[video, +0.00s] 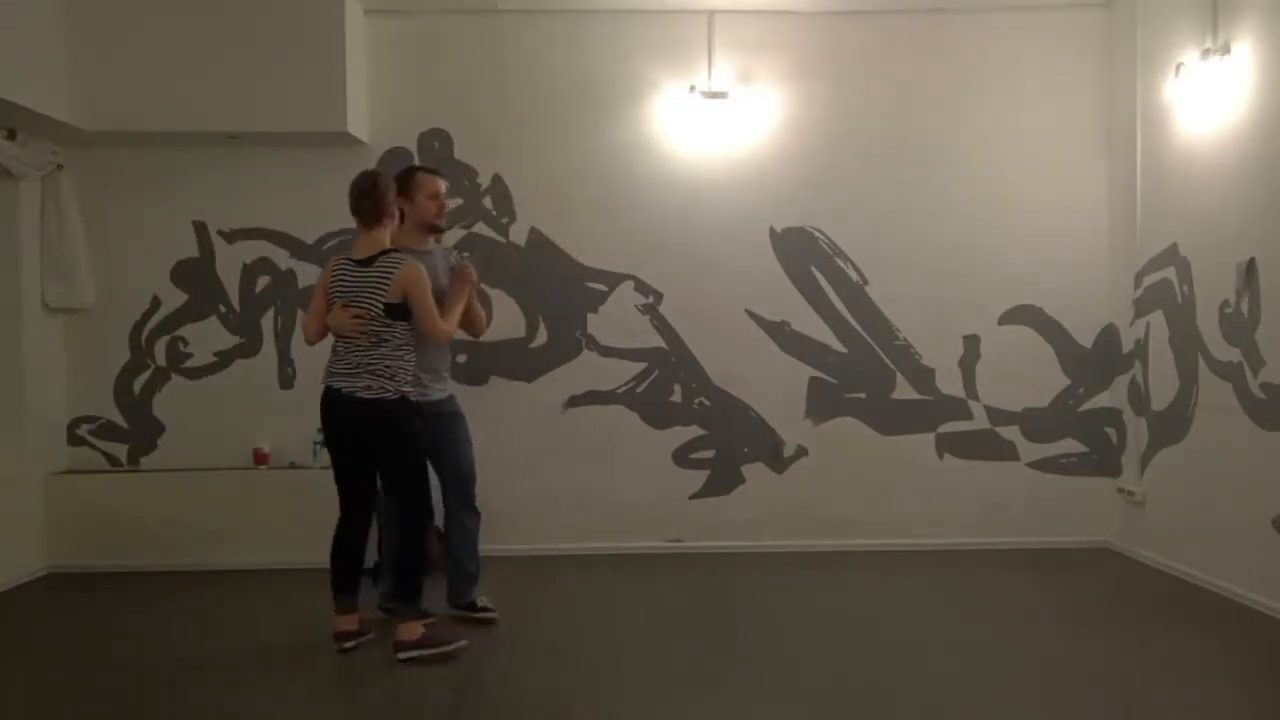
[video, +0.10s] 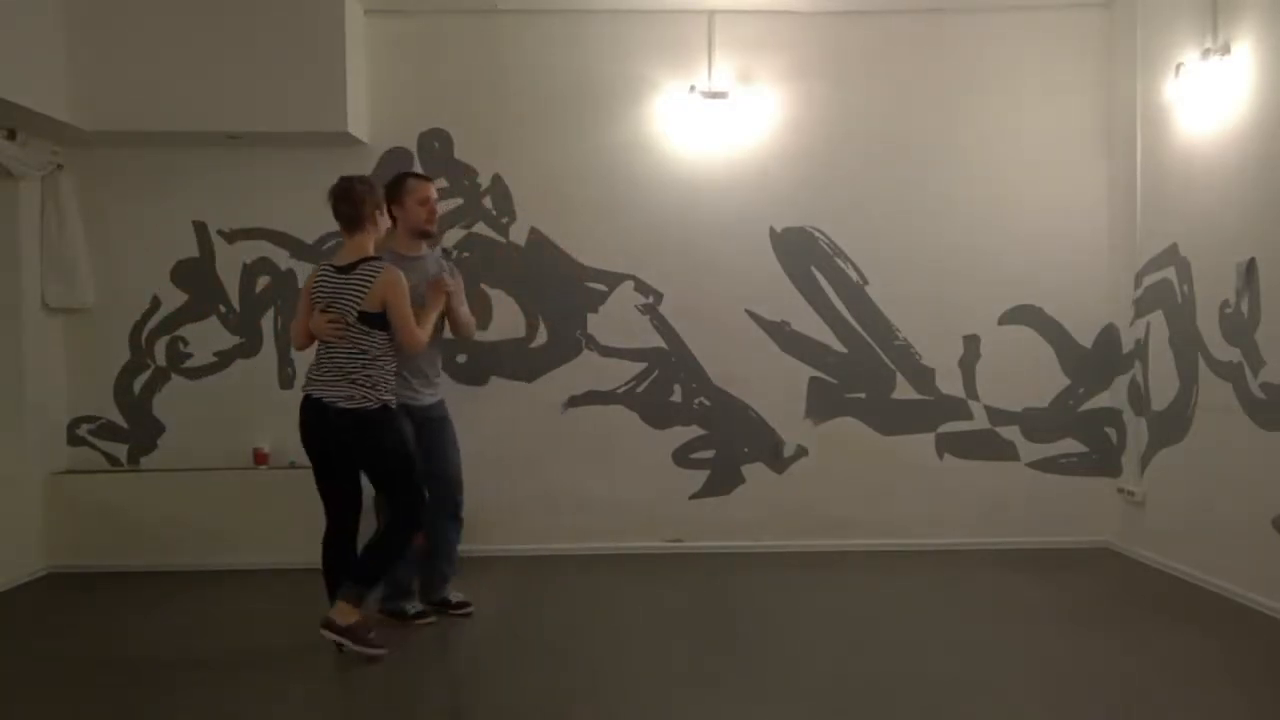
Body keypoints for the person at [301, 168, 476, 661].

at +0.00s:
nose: (404, 209)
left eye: (400, 201)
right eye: (402, 202)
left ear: (353, 213)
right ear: (393, 209)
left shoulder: (336, 267)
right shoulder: (408, 270)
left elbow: (313, 332)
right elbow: (439, 332)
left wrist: (339, 307)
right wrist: (461, 294)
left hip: (340, 403)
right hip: (391, 404)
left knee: (354, 508)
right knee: (412, 508)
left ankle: (345, 617)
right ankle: (409, 625)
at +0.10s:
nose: (391, 219)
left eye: (387, 210)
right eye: (388, 211)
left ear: (339, 220)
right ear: (379, 217)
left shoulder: (319, 275)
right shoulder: (387, 277)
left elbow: (300, 339)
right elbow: (413, 343)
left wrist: (324, 317)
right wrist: (433, 308)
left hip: (319, 411)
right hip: (370, 412)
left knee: (340, 514)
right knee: (408, 509)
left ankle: (344, 622)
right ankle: (347, 608)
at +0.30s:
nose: (365, 218)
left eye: (363, 210)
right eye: (363, 211)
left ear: (316, 215)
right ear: (353, 215)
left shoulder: (297, 273)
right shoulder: (361, 276)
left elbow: (282, 336)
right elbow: (391, 338)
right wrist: (411, 303)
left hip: (296, 409)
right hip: (340, 412)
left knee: (331, 513)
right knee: (329, 518)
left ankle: (343, 619)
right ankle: (263, 622)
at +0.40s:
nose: (358, 220)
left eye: (356, 212)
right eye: (357, 214)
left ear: (310, 220)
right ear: (347, 218)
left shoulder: (291, 277)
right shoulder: (352, 279)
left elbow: (276, 336)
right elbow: (383, 341)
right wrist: (402, 307)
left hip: (286, 408)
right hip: (323, 412)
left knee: (337, 503)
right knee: (293, 523)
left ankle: (333, 606)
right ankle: (250, 629)